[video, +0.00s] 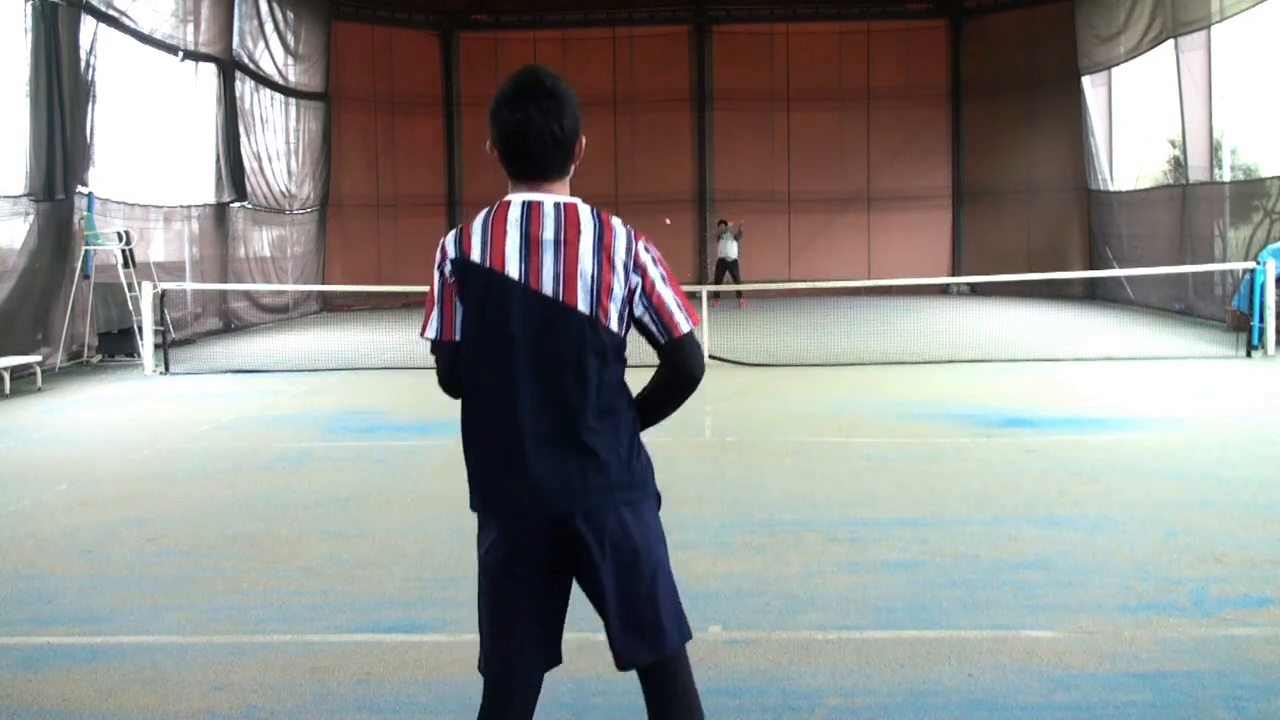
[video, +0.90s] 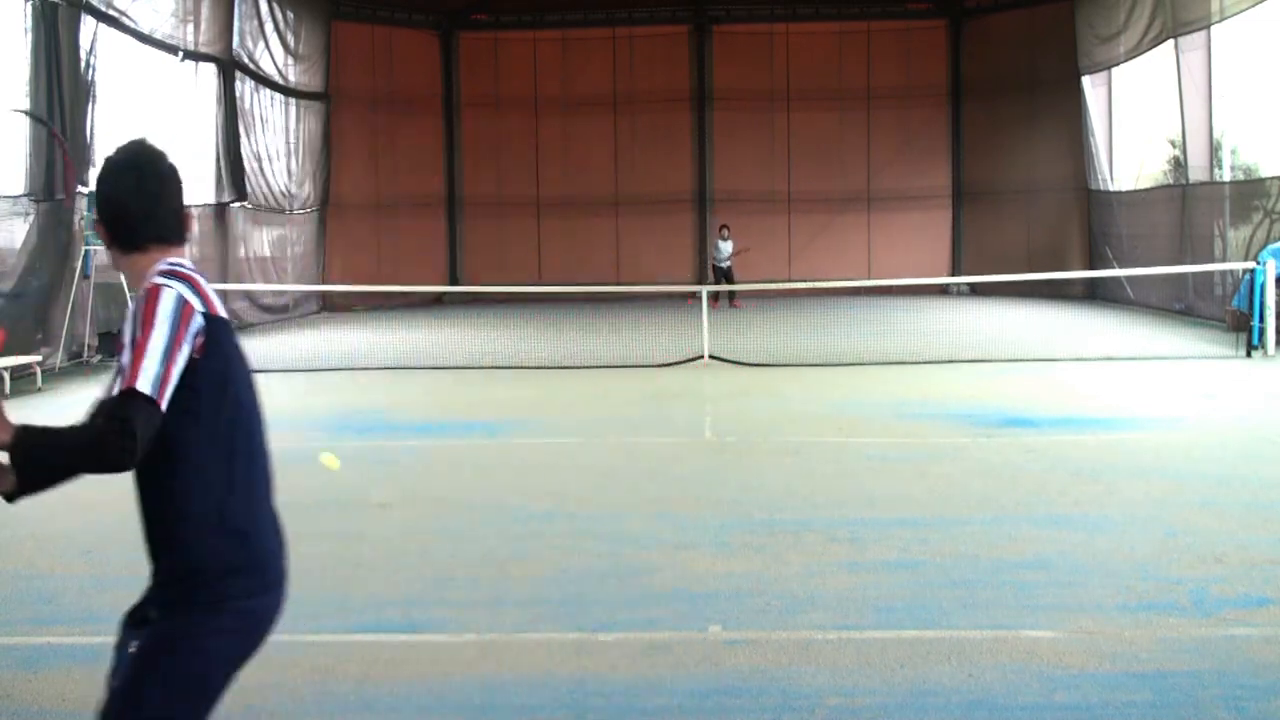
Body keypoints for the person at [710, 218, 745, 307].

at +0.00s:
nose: (721, 228)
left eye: (722, 226)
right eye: (720, 227)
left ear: (726, 227)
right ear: (718, 228)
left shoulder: (732, 235)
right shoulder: (719, 236)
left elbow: (738, 237)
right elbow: (718, 233)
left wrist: (740, 230)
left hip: (733, 259)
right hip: (722, 258)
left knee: (737, 279)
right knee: (717, 279)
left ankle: (740, 298)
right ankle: (716, 298)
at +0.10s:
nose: (725, 230)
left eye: (727, 228)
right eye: (724, 228)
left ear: (730, 228)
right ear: (722, 229)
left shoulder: (736, 238)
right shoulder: (723, 237)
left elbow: (744, 242)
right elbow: (730, 232)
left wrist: (747, 234)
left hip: (734, 261)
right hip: (724, 260)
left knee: (737, 281)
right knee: (718, 281)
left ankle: (739, 300)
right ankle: (714, 299)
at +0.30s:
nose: (734, 231)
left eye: (735, 229)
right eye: (732, 229)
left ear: (738, 230)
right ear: (730, 230)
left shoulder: (739, 240)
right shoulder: (732, 237)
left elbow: (741, 247)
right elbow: (741, 237)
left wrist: (746, 243)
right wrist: (749, 236)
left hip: (736, 263)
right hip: (727, 261)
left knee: (738, 283)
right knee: (720, 281)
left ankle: (739, 301)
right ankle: (713, 297)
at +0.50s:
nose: (736, 233)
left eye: (737, 231)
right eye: (734, 231)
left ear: (739, 232)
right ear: (731, 233)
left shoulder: (739, 243)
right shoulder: (732, 241)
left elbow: (741, 251)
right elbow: (739, 245)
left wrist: (747, 249)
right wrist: (747, 248)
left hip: (735, 265)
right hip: (727, 263)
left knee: (738, 283)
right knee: (721, 281)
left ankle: (738, 301)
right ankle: (713, 297)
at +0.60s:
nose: (734, 234)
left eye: (735, 232)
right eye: (732, 232)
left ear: (738, 233)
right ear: (729, 233)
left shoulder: (738, 243)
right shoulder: (729, 243)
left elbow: (736, 253)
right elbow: (737, 253)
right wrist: (748, 256)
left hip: (734, 266)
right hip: (725, 265)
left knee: (738, 284)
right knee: (722, 283)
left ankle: (738, 301)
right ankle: (713, 298)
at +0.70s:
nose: (731, 233)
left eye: (733, 231)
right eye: (729, 231)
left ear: (735, 232)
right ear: (727, 233)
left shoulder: (736, 242)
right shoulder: (727, 242)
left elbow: (735, 253)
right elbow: (728, 254)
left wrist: (738, 258)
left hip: (731, 264)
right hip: (723, 264)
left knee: (736, 282)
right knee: (721, 282)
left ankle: (738, 300)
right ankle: (715, 298)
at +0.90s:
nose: (725, 233)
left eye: (726, 231)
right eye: (723, 231)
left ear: (728, 233)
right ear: (720, 233)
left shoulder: (730, 243)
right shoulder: (717, 242)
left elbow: (730, 254)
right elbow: (717, 257)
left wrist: (740, 252)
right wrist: (728, 257)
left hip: (727, 265)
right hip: (717, 265)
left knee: (732, 283)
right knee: (718, 283)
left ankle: (732, 301)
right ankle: (715, 300)